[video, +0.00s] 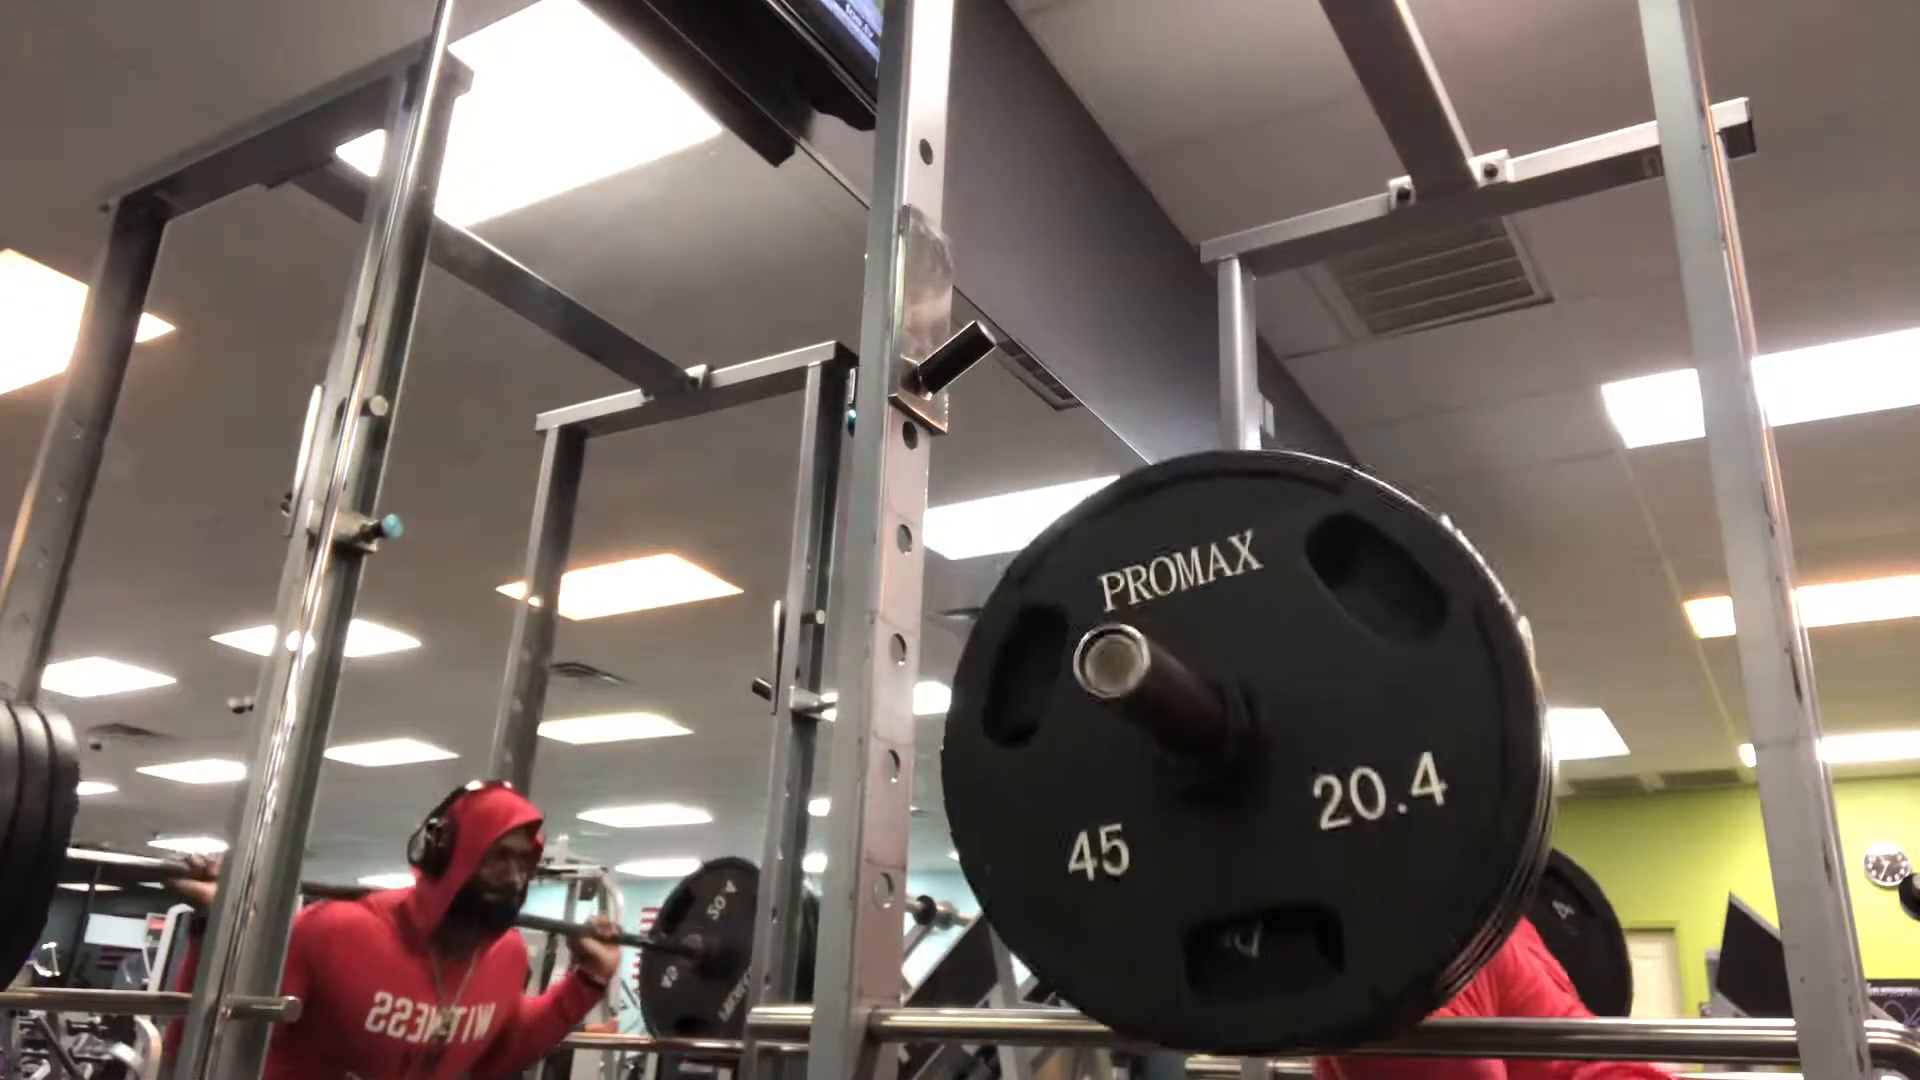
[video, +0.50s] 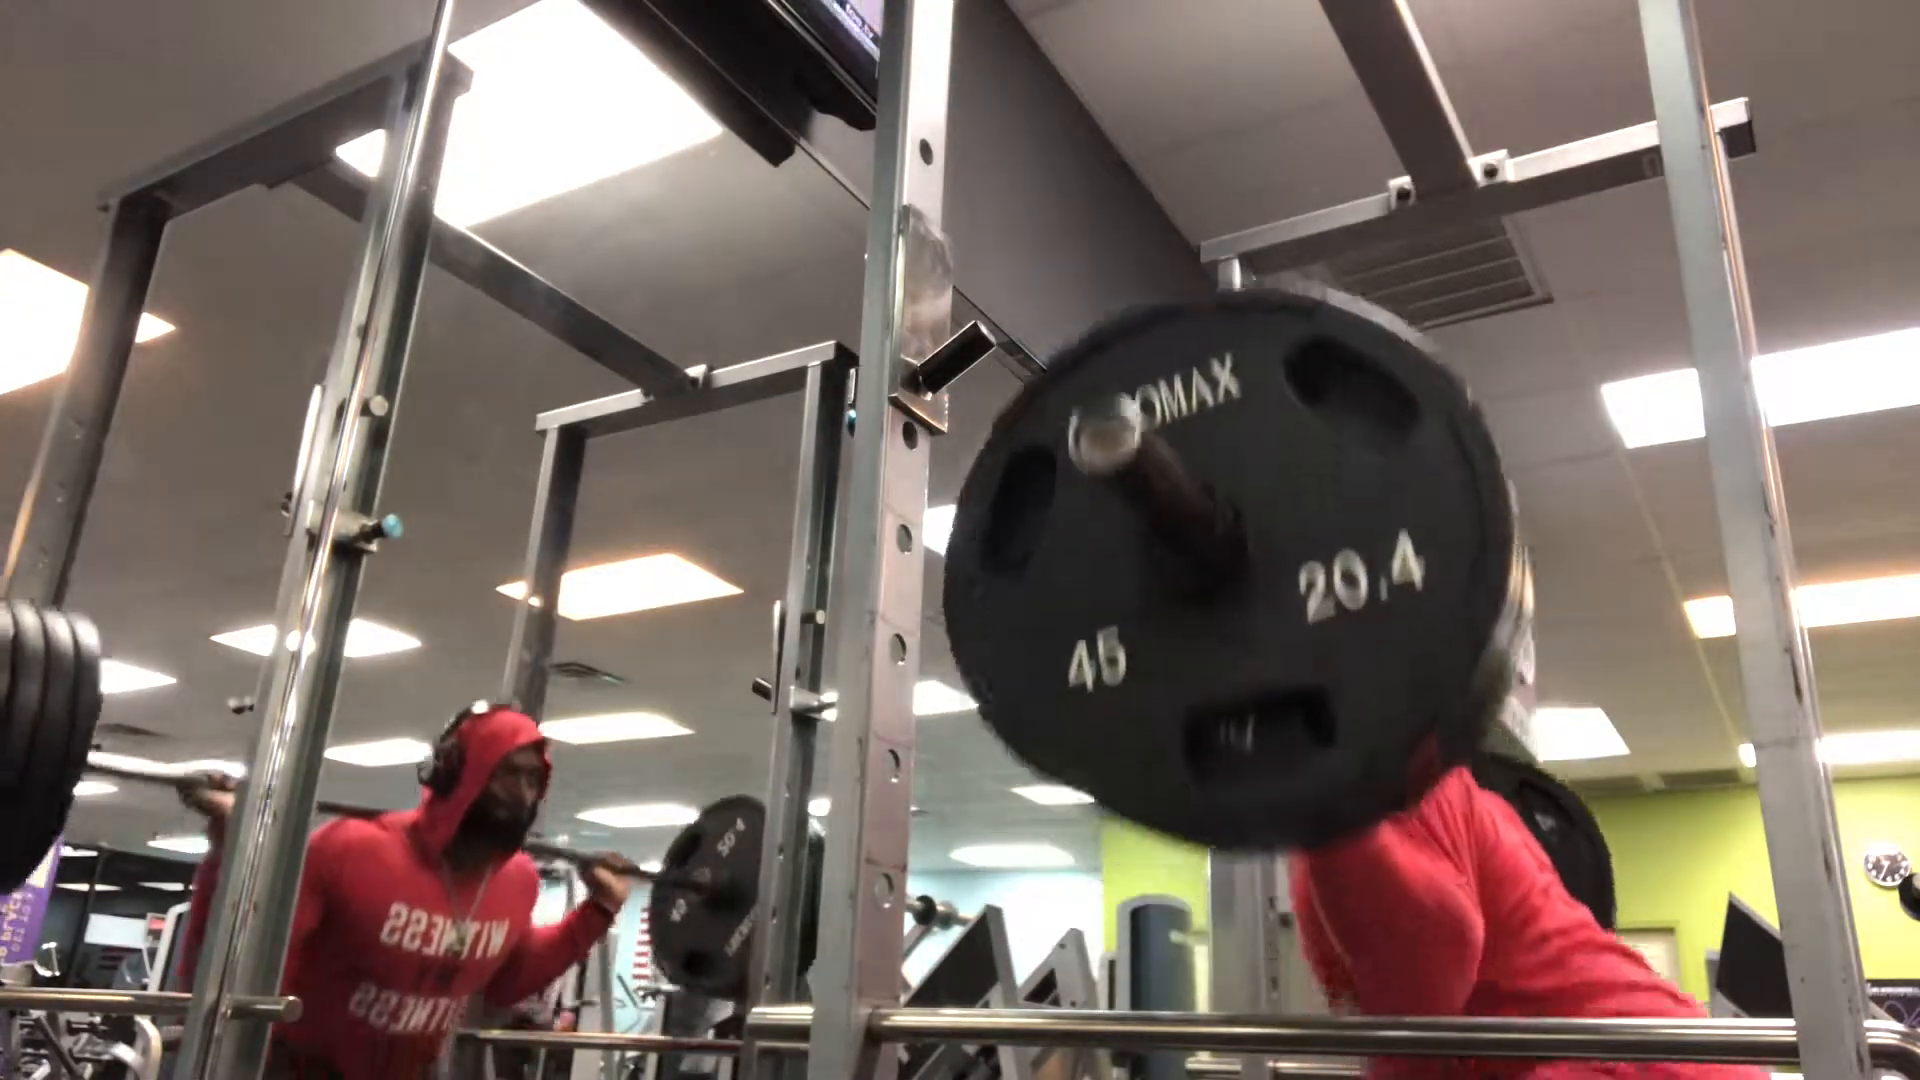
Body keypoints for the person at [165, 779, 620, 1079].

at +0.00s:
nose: (513, 876)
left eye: (525, 862)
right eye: (497, 858)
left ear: (536, 872)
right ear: (450, 855)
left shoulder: (508, 955)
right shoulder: (336, 931)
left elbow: (491, 1057)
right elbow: (200, 1045)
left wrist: (583, 987)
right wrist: (222, 922)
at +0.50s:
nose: (522, 791)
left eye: (534, 779)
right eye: (507, 773)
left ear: (544, 792)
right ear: (462, 772)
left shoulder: (517, 880)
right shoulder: (351, 848)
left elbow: (503, 985)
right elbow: (227, 961)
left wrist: (597, 913)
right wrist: (232, 841)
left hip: (412, 1066)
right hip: (306, 1060)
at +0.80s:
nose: (532, 699)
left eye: (544, 686)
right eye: (516, 680)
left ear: (553, 699)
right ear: (471, 681)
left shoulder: (528, 795)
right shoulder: (365, 759)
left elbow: (515, 904)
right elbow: (233, 869)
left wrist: (606, 832)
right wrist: (247, 747)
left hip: (427, 1028)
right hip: (321, 1017)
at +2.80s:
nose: (531, 593)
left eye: (542, 581)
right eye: (516, 574)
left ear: (550, 593)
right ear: (472, 574)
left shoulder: (525, 687)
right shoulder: (370, 639)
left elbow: (516, 794)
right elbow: (239, 748)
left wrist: (602, 722)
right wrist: (252, 621)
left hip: (432, 951)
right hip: (326, 929)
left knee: (444, 1069)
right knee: (307, 1069)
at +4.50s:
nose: (518, 861)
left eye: (531, 845)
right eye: (503, 840)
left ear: (542, 852)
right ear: (457, 834)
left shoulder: (511, 937)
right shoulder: (343, 908)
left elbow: (502, 1043)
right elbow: (227, 1009)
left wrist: (588, 967)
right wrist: (227, 895)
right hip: (305, 1071)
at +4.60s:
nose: (523, 845)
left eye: (534, 829)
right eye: (507, 824)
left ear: (542, 836)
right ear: (462, 820)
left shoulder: (512, 924)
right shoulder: (344, 893)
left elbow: (502, 1021)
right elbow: (230, 1009)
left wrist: (595, 951)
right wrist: (227, 885)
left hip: (422, 1072)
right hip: (308, 1067)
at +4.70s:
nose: (529, 825)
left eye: (538, 808)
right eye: (513, 803)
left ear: (546, 815)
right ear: (464, 802)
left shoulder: (516, 905)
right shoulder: (347, 877)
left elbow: (504, 1007)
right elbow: (237, 994)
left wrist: (599, 934)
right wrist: (232, 867)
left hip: (421, 1070)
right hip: (316, 1065)